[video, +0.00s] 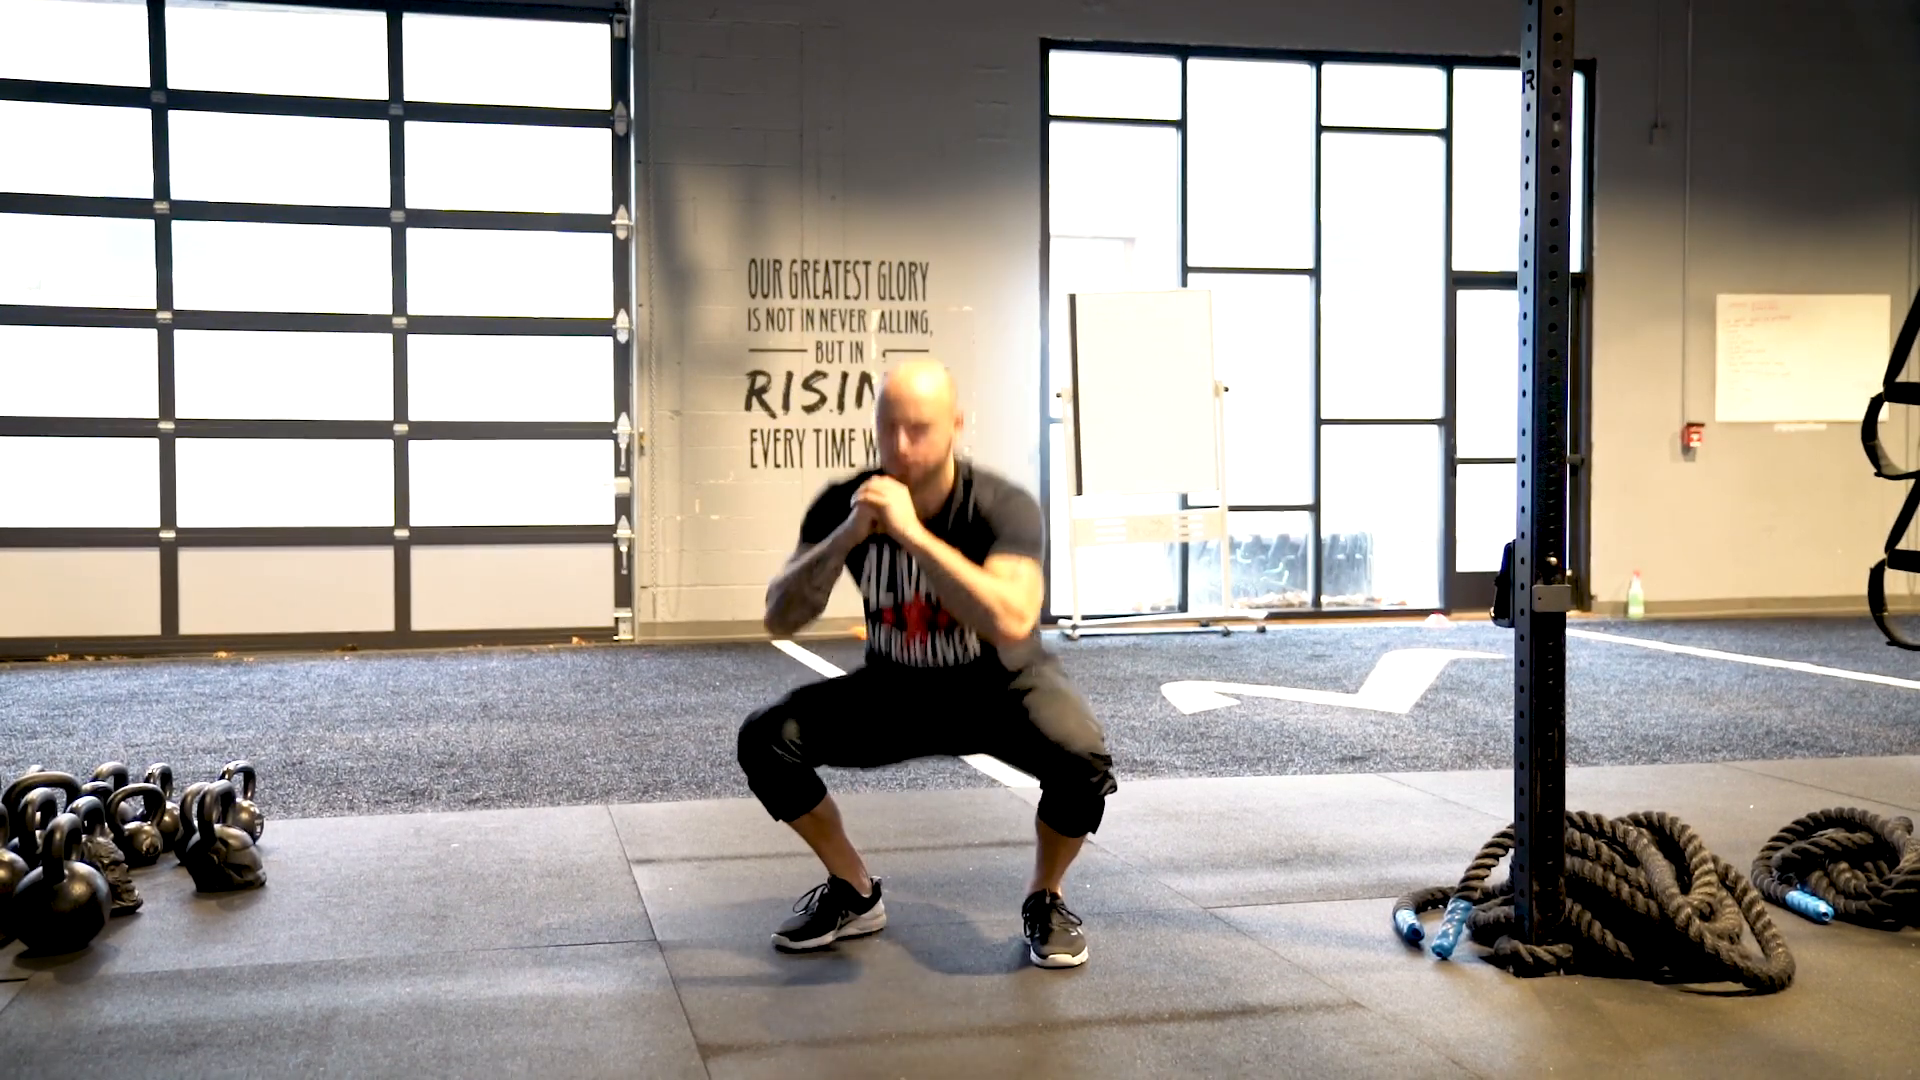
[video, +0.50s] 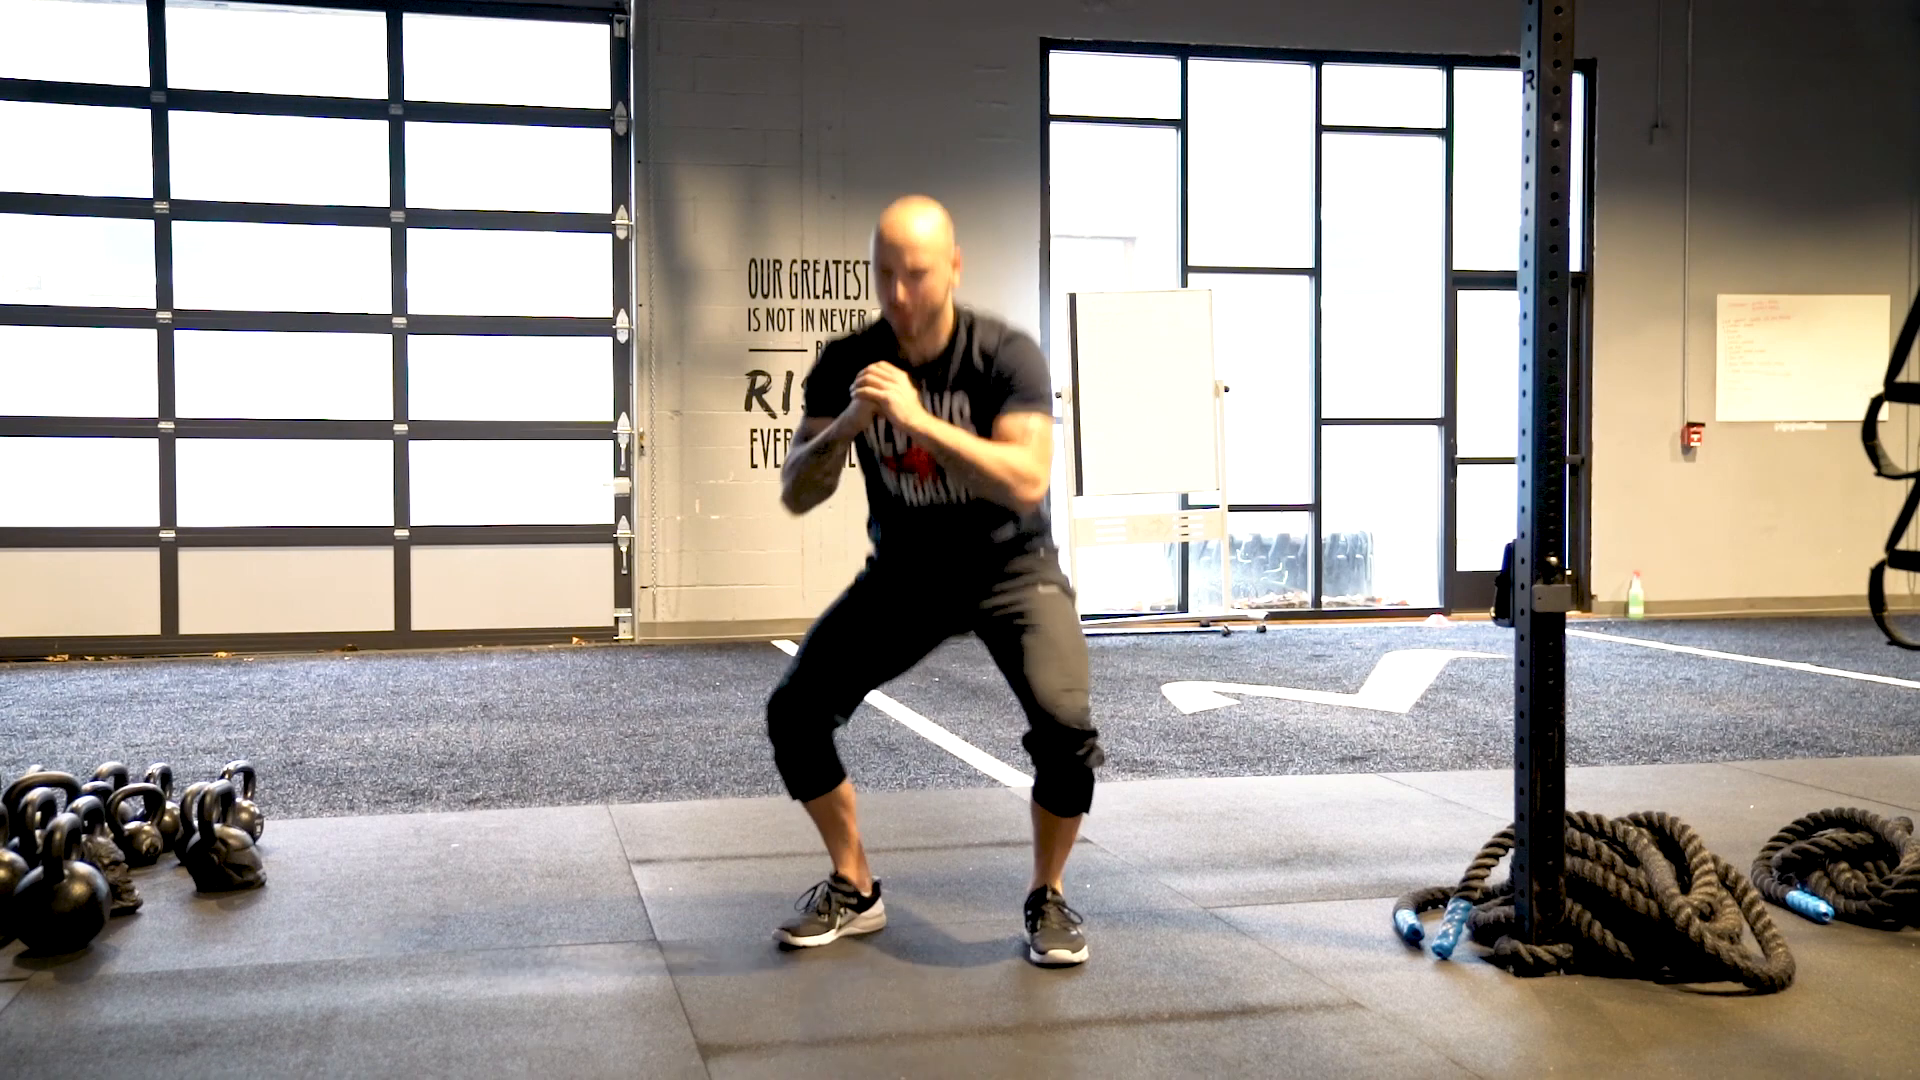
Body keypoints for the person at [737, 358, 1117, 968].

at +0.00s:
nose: (900, 447)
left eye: (918, 430)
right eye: (888, 429)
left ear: (957, 428)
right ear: (874, 428)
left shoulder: (1005, 507)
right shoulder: (847, 503)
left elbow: (1012, 620)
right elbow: (779, 620)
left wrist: (912, 533)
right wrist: (847, 538)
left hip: (999, 691)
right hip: (897, 691)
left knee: (1082, 763)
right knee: (767, 741)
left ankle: (1046, 900)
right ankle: (853, 888)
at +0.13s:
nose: (900, 346)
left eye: (918, 328)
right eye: (888, 327)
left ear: (956, 325)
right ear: (873, 325)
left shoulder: (1009, 416)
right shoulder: (844, 415)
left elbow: (1043, 544)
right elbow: (798, 546)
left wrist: (930, 498)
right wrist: (850, 501)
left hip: (1007, 613)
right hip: (900, 613)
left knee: (1073, 748)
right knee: (777, 730)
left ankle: (1046, 899)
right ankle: (854, 888)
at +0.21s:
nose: (897, 284)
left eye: (915, 267)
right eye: (885, 266)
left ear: (953, 265)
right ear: (870, 264)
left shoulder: (1012, 358)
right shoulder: (842, 361)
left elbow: (1055, 483)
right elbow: (819, 494)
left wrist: (950, 476)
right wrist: (868, 473)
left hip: (1008, 571)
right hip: (899, 570)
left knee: (1067, 731)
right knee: (791, 720)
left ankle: (1047, 897)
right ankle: (854, 888)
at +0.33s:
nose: (899, 236)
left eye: (917, 218)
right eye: (886, 218)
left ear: (953, 216)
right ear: (870, 218)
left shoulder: (1015, 309)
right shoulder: (841, 315)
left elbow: (1054, 438)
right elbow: (825, 452)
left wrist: (949, 432)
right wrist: (870, 432)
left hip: (1009, 531)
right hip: (900, 532)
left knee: (1060, 716)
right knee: (813, 706)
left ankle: (1048, 893)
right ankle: (855, 887)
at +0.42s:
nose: (898, 247)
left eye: (916, 228)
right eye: (886, 228)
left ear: (954, 225)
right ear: (871, 228)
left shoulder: (1012, 316)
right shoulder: (841, 325)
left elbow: (1041, 452)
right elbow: (816, 467)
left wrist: (929, 415)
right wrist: (855, 423)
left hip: (1011, 535)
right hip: (903, 537)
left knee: (1060, 715)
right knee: (811, 708)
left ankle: (1049, 893)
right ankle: (855, 887)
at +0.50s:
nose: (897, 295)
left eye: (915, 275)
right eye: (886, 275)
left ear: (954, 271)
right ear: (871, 273)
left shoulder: (1007, 356)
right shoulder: (845, 363)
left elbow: (1028, 482)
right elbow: (798, 496)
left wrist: (919, 421)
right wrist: (844, 427)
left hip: (1012, 570)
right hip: (905, 574)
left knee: (1067, 723)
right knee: (795, 714)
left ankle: (1048, 896)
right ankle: (853, 886)